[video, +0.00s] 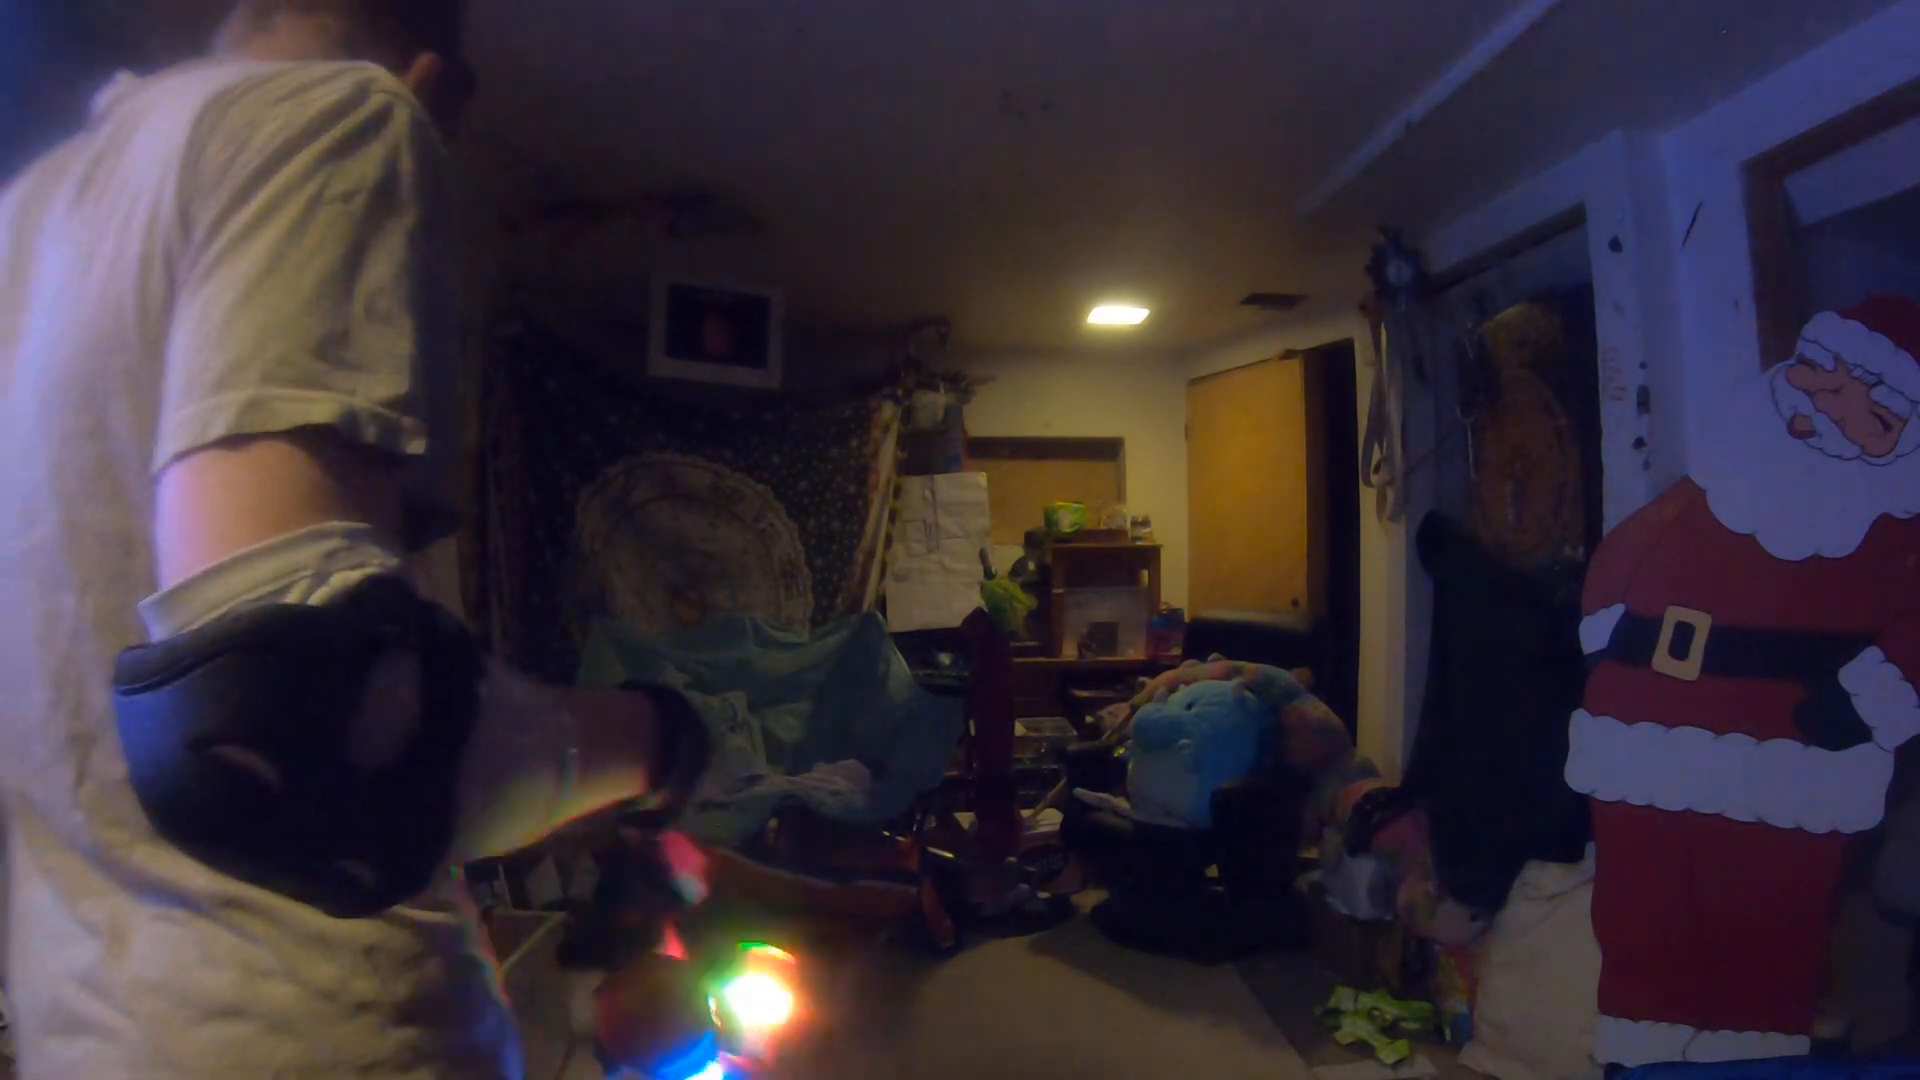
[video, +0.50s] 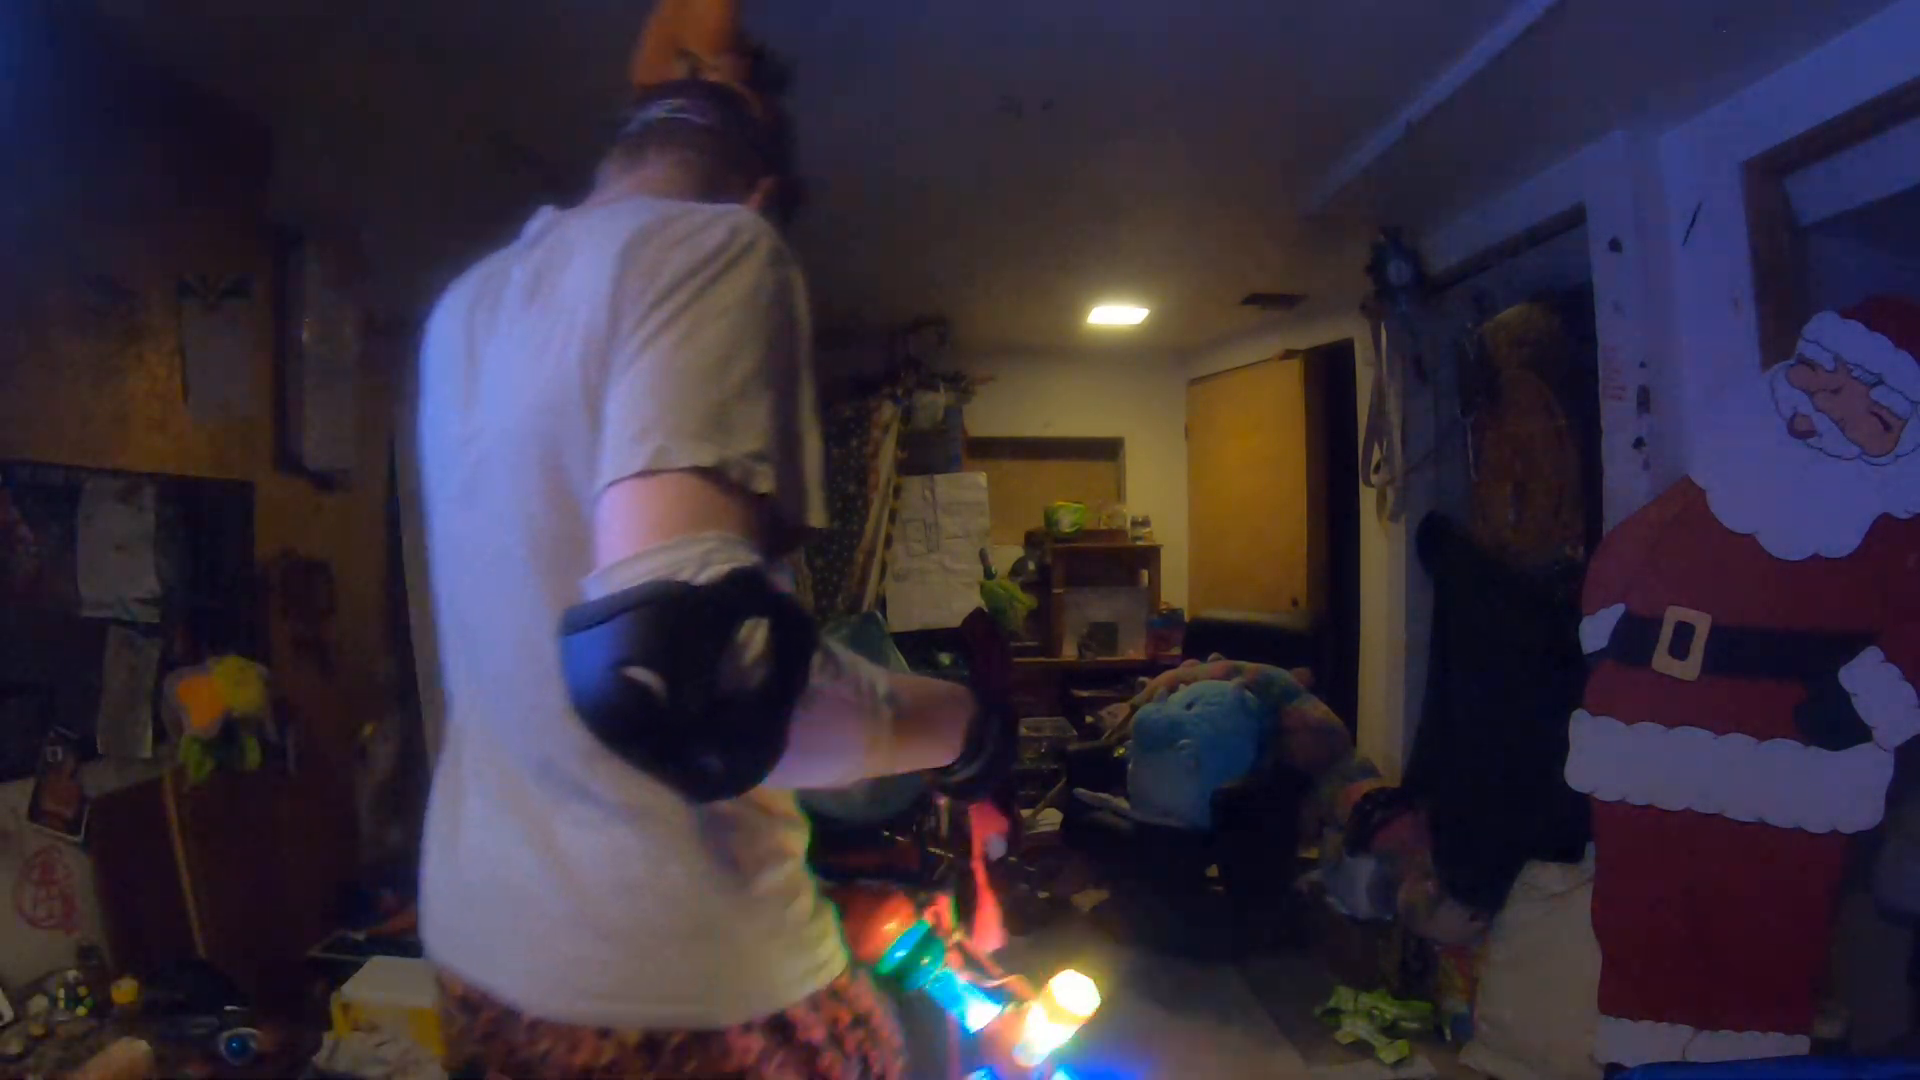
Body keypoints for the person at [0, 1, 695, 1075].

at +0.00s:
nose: (432, 139)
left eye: (441, 127)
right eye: (445, 118)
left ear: (233, 22)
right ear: (423, 76)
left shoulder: (30, 194)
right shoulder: (328, 109)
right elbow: (276, 698)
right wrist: (646, 736)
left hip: (47, 1018)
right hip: (286, 1024)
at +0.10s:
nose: (511, 190)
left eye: (512, 167)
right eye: (515, 159)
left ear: (310, 74)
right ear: (488, 113)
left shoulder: (121, 241)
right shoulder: (395, 157)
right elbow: (354, 707)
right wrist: (724, 747)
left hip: (165, 1008)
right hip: (388, 1028)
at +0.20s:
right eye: (573, 188)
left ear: (388, 111)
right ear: (552, 144)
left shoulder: (210, 281)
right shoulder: (484, 190)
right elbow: (437, 693)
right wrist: (785, 757)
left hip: (270, 992)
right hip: (471, 1006)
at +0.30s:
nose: (640, 222)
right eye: (641, 201)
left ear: (465, 146)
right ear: (622, 172)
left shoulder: (312, 297)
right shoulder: (564, 224)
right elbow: (529, 698)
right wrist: (848, 746)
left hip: (353, 967)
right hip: (549, 1000)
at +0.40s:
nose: (697, 229)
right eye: (706, 217)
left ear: (536, 171)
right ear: (691, 194)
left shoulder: (393, 313)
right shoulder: (637, 247)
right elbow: (609, 682)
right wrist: (893, 733)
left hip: (417, 975)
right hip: (623, 1006)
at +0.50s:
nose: (766, 231)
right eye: (779, 214)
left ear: (610, 165)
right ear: (762, 193)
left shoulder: (462, 301)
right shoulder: (708, 247)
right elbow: (668, 660)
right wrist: (955, 719)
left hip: (476, 951)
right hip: (679, 979)